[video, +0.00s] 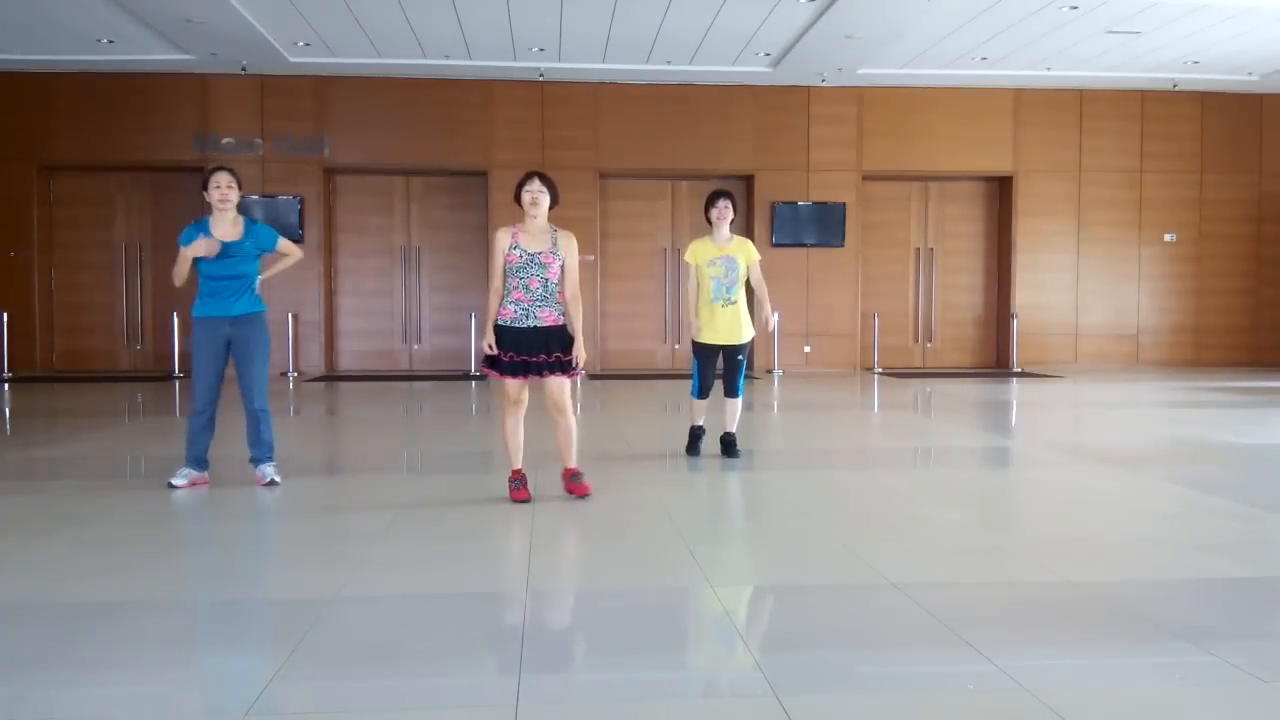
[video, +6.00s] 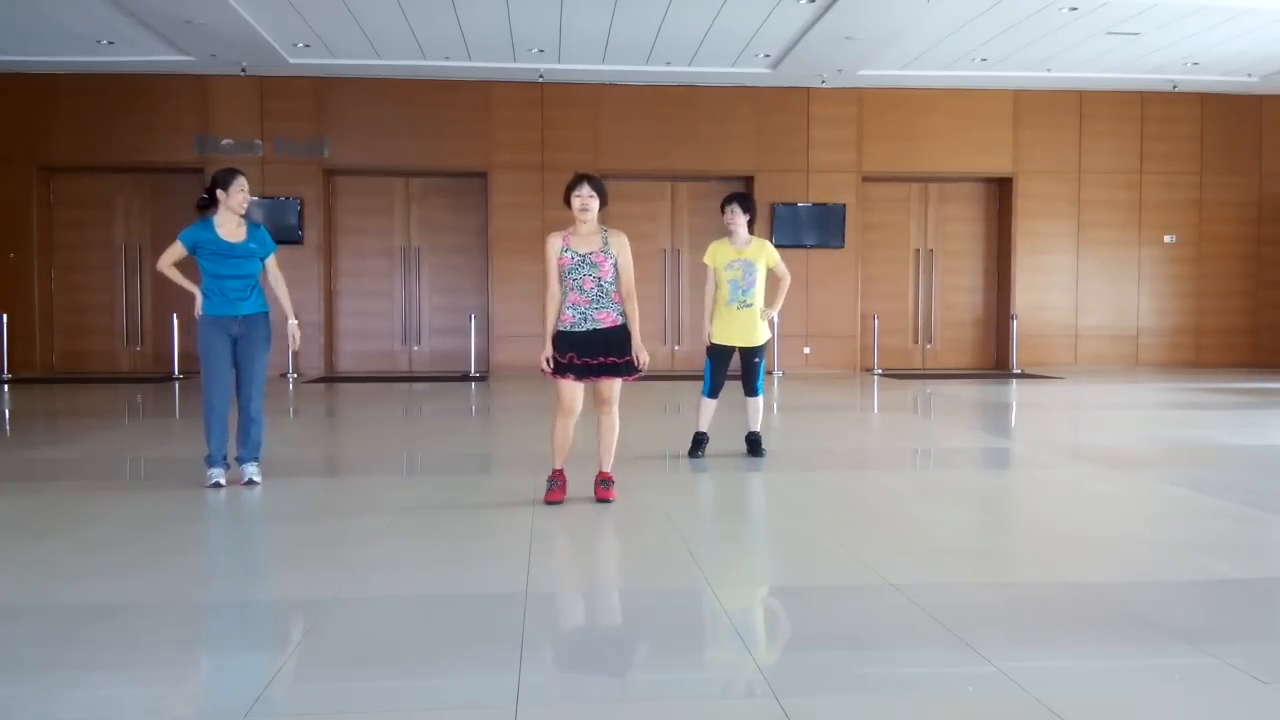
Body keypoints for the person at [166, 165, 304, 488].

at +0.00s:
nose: (223, 192)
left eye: (229, 187)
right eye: (217, 187)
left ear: (239, 194)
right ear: (206, 194)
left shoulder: (256, 231)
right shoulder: (194, 232)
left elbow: (296, 253)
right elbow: (178, 280)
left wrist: (263, 276)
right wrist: (190, 252)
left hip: (250, 321)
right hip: (208, 321)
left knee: (256, 398)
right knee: (203, 399)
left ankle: (264, 464)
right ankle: (196, 467)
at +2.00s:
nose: (227, 192)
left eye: (233, 187)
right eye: (221, 187)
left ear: (245, 193)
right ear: (213, 194)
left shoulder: (262, 230)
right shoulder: (203, 230)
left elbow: (297, 262)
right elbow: (178, 260)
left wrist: (283, 295)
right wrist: (199, 289)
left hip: (252, 321)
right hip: (212, 322)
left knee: (256, 397)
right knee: (219, 398)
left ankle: (262, 464)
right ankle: (228, 465)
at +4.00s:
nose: (258, 199)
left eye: (261, 193)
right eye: (252, 193)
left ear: (262, 196)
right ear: (232, 194)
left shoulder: (270, 233)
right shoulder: (210, 231)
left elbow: (300, 266)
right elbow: (175, 261)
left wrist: (293, 298)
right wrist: (204, 288)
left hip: (264, 321)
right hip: (222, 322)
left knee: (263, 396)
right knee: (223, 397)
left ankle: (268, 464)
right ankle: (224, 465)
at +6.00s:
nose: (247, 197)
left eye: (247, 191)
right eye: (240, 191)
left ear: (244, 195)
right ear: (220, 195)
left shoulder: (257, 233)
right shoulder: (200, 232)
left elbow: (275, 277)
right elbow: (163, 264)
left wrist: (291, 318)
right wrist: (195, 290)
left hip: (255, 322)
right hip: (215, 323)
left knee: (251, 395)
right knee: (217, 394)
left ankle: (250, 461)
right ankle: (216, 465)